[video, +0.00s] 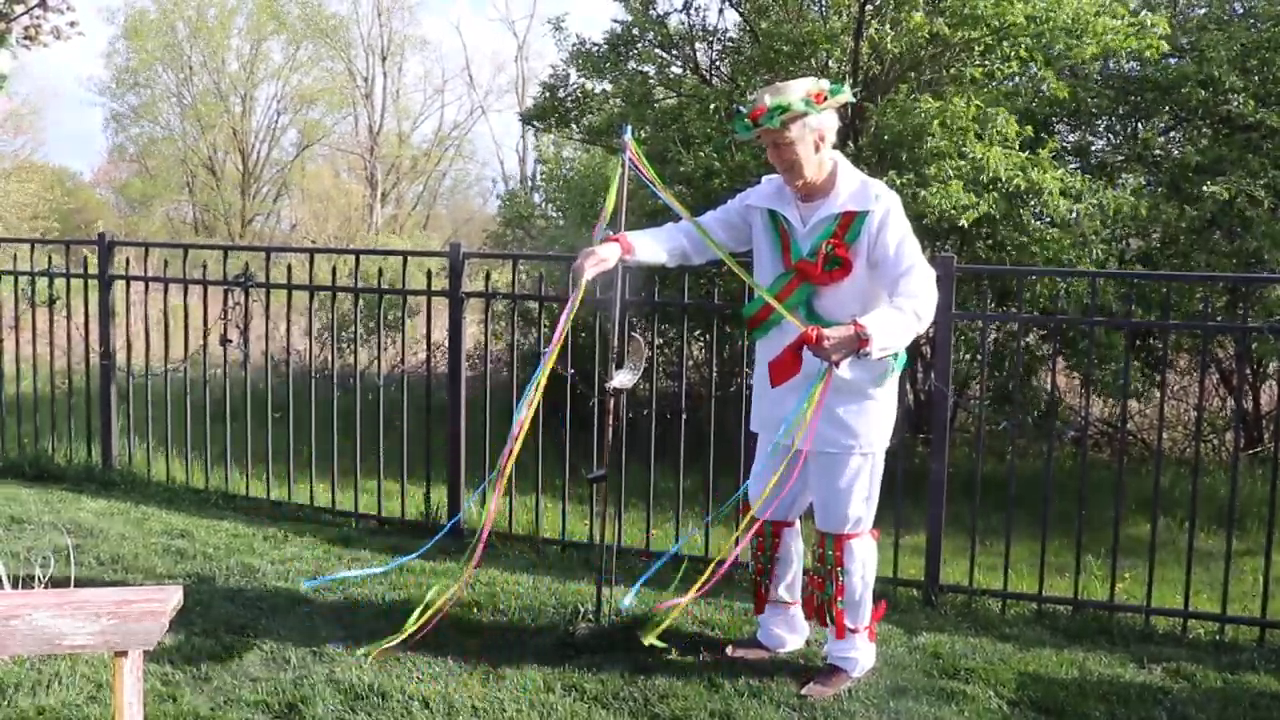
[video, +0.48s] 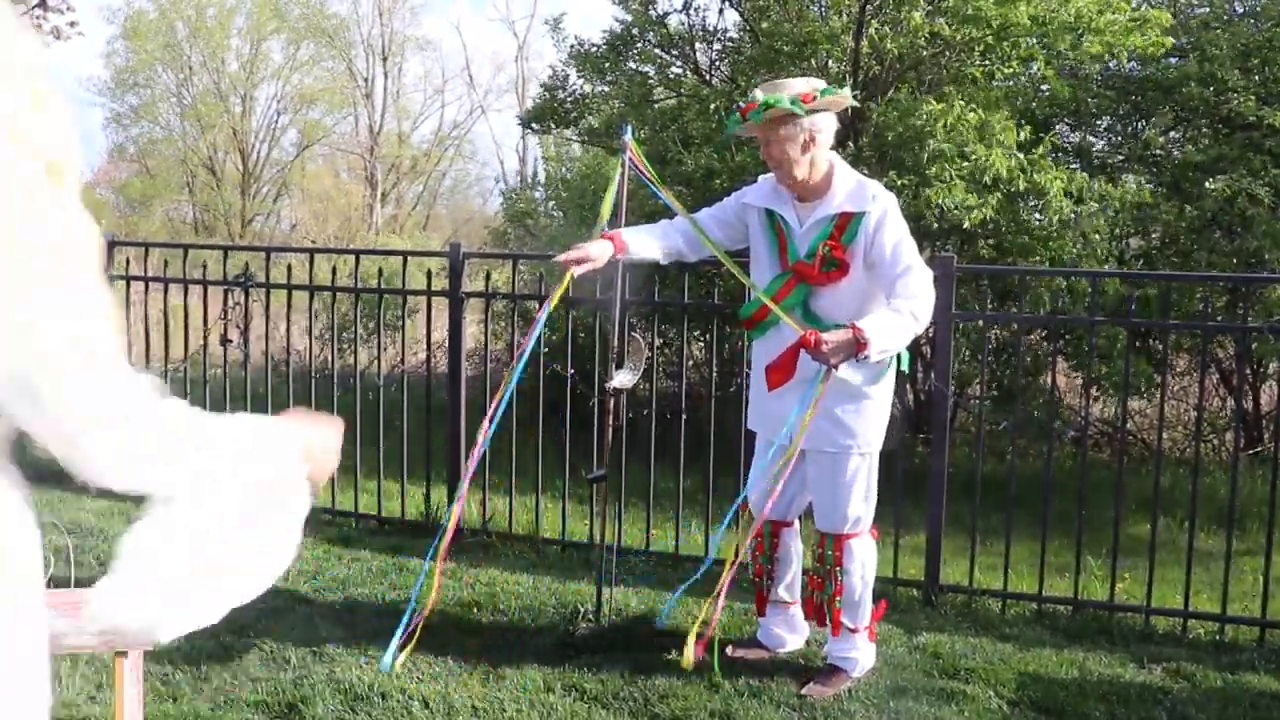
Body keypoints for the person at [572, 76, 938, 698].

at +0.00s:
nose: (773, 156)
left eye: (784, 143)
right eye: (767, 145)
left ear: (823, 136)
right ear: (765, 146)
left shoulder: (875, 205)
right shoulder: (761, 203)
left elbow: (918, 292)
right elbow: (691, 236)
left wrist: (863, 332)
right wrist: (619, 247)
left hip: (855, 384)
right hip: (779, 376)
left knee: (844, 520)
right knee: (773, 507)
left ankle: (849, 655)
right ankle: (779, 634)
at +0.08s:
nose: (773, 156)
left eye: (784, 143)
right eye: (766, 145)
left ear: (823, 136)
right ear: (764, 146)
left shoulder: (874, 205)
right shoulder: (760, 203)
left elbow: (918, 293)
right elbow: (689, 236)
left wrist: (861, 333)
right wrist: (618, 245)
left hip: (854, 383)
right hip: (778, 376)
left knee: (845, 520)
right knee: (774, 507)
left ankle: (849, 655)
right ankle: (779, 634)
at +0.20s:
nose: (772, 155)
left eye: (782, 141)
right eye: (765, 144)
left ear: (822, 135)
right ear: (763, 146)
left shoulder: (874, 205)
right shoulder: (759, 202)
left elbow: (917, 294)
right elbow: (688, 235)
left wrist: (860, 334)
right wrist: (616, 244)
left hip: (853, 391)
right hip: (776, 384)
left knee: (846, 524)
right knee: (774, 511)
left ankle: (849, 656)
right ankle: (778, 634)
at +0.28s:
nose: (772, 155)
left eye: (782, 142)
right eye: (765, 144)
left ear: (821, 134)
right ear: (763, 146)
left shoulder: (874, 206)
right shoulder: (759, 203)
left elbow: (916, 294)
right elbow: (688, 234)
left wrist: (861, 334)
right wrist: (615, 243)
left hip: (853, 390)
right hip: (777, 384)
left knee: (846, 523)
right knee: (774, 510)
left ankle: (850, 653)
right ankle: (780, 633)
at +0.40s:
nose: (769, 153)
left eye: (779, 140)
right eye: (763, 143)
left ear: (820, 137)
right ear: (763, 145)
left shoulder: (872, 206)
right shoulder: (758, 202)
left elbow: (916, 294)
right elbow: (687, 233)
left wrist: (860, 336)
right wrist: (613, 243)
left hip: (852, 385)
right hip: (776, 379)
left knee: (846, 522)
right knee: (773, 508)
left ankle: (849, 654)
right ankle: (779, 636)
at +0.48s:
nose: (761, 150)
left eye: (771, 137)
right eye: (758, 139)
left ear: (812, 136)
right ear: (771, 142)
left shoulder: (872, 207)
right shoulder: (758, 202)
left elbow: (916, 295)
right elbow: (685, 233)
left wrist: (859, 338)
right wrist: (611, 244)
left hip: (852, 385)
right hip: (776, 379)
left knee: (846, 520)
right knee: (771, 507)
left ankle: (850, 654)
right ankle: (780, 635)